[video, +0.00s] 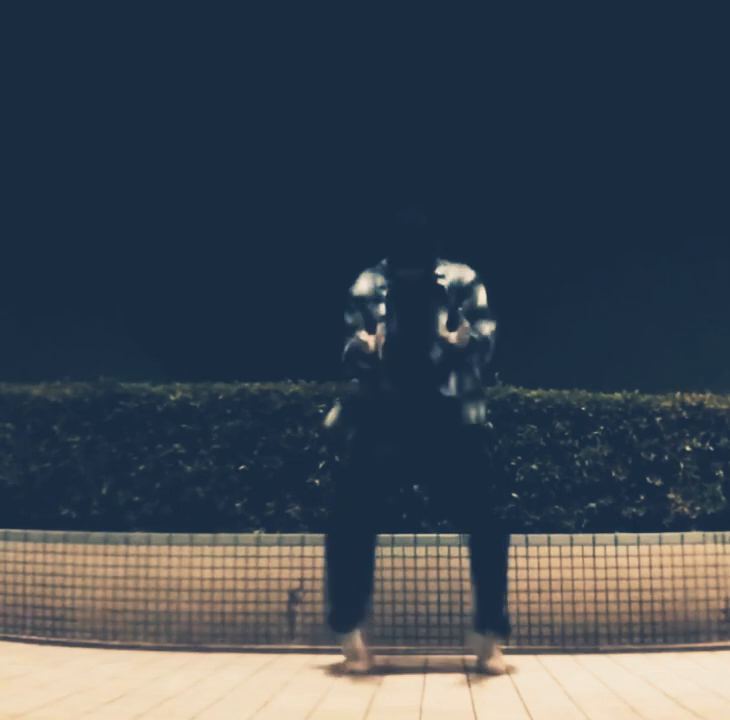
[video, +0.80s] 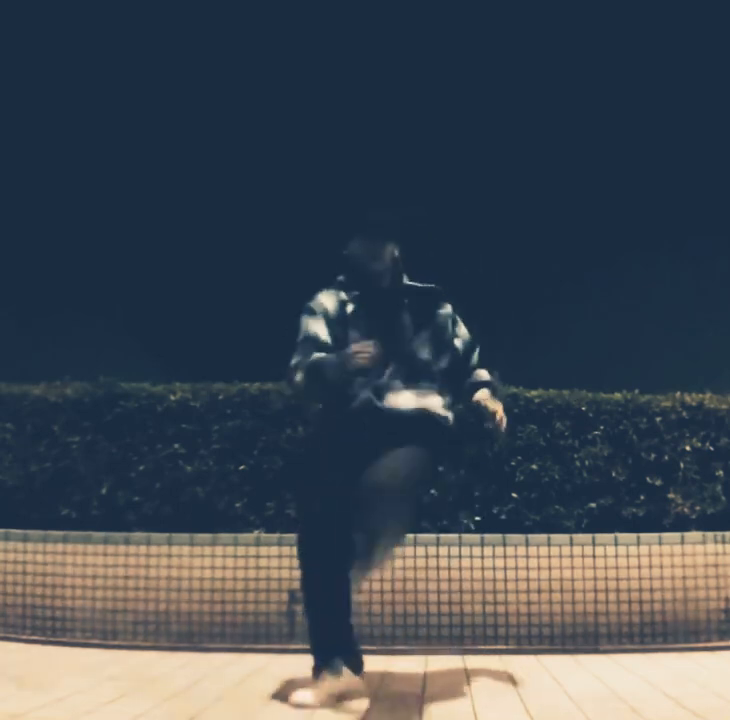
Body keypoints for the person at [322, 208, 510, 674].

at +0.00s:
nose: (410, 260)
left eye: (419, 251)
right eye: (401, 252)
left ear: (434, 245)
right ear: (388, 249)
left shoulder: (462, 281)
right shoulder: (370, 284)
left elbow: (486, 346)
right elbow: (347, 348)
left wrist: (463, 341)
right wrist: (364, 347)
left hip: (452, 421)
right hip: (381, 422)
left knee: (490, 515)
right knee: (351, 515)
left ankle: (487, 637)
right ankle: (350, 634)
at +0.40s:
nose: (402, 291)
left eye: (412, 281)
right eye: (394, 282)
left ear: (427, 286)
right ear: (380, 287)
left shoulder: (452, 329)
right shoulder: (363, 333)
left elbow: (469, 395)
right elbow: (346, 388)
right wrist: (347, 416)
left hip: (434, 458)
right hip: (375, 457)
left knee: (432, 542)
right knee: (365, 536)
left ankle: (429, 629)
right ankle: (371, 628)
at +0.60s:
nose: (385, 265)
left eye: (394, 255)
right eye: (377, 255)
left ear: (409, 259)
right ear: (364, 260)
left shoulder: (438, 309)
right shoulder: (347, 317)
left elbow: (486, 363)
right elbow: (328, 378)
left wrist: (478, 391)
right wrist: (313, 411)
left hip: (418, 460)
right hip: (356, 459)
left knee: (405, 547)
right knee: (333, 548)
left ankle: (426, 623)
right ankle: (331, 656)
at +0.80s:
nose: (371, 258)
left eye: (380, 247)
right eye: (361, 247)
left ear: (397, 251)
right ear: (347, 252)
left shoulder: (431, 305)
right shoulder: (329, 303)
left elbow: (470, 366)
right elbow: (302, 373)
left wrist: (484, 392)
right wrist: (342, 362)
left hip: (413, 423)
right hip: (342, 427)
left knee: (388, 479)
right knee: (320, 542)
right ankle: (337, 667)